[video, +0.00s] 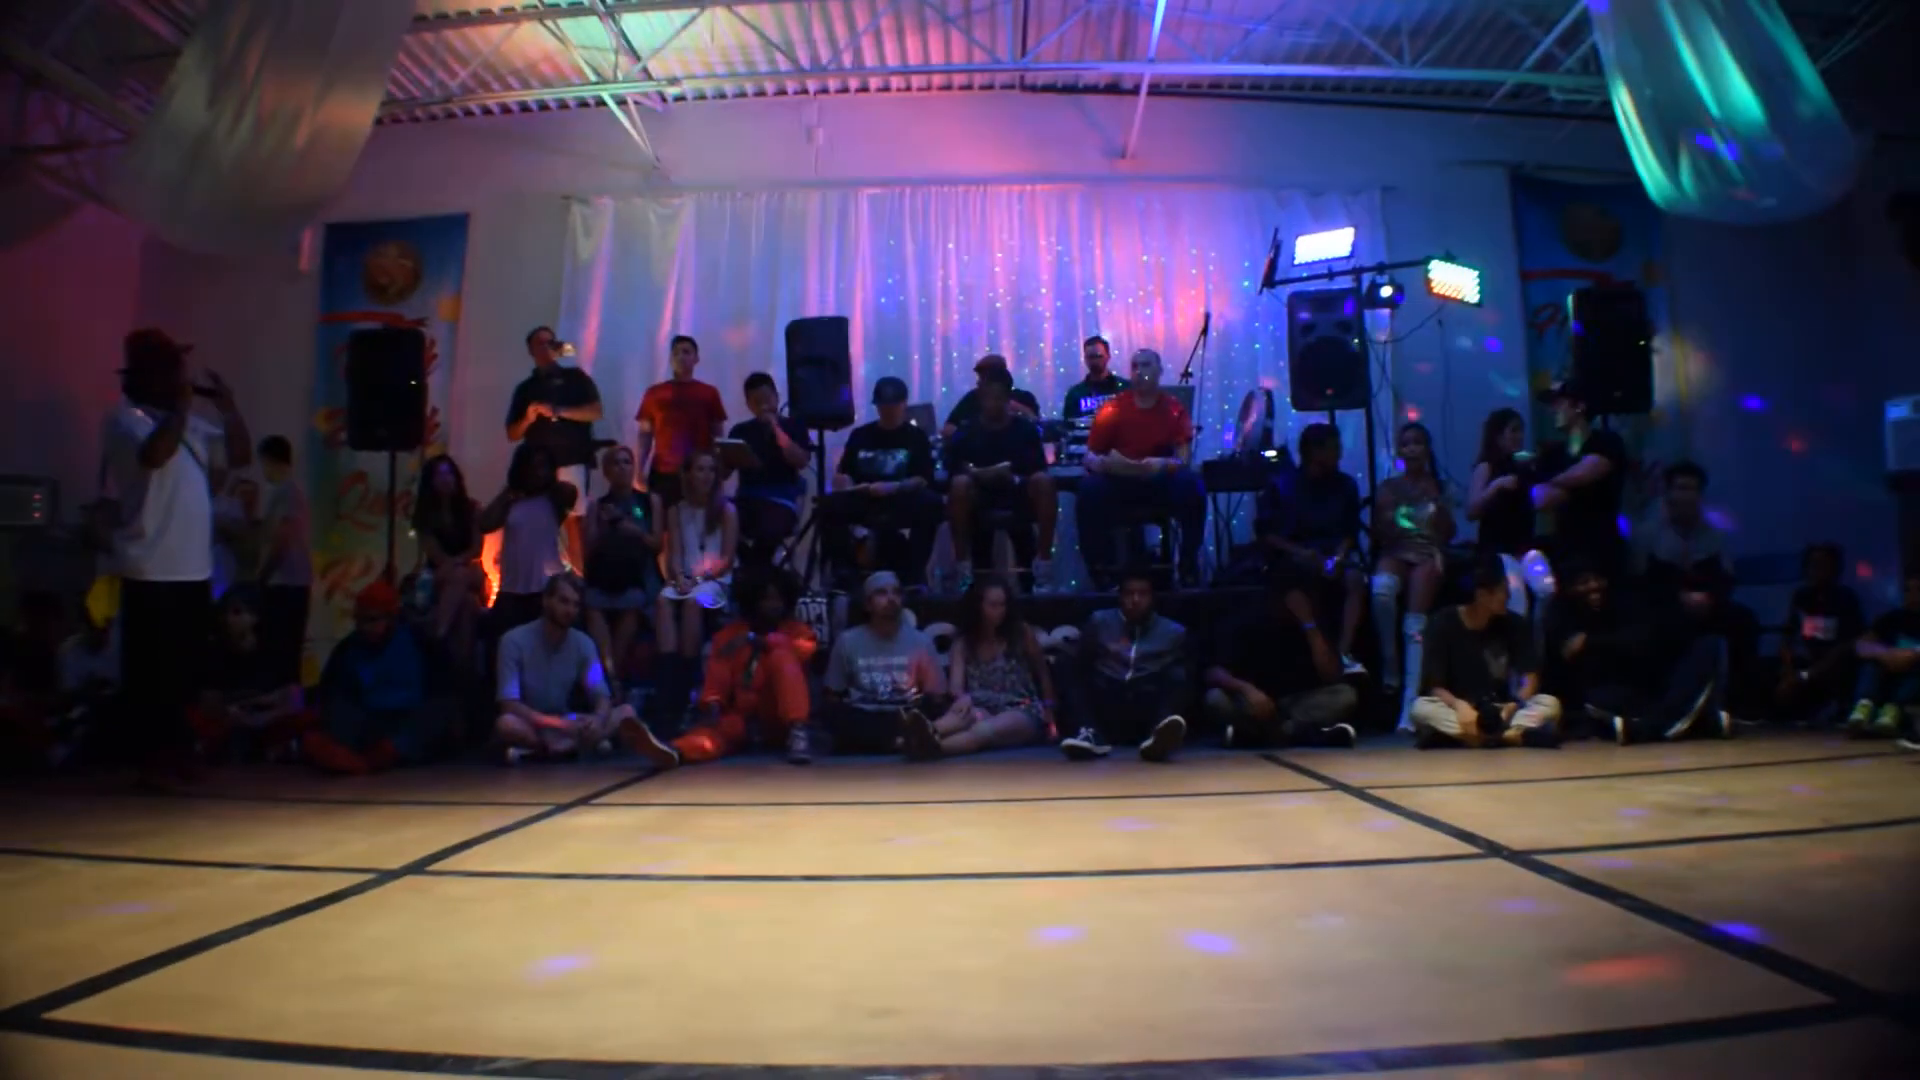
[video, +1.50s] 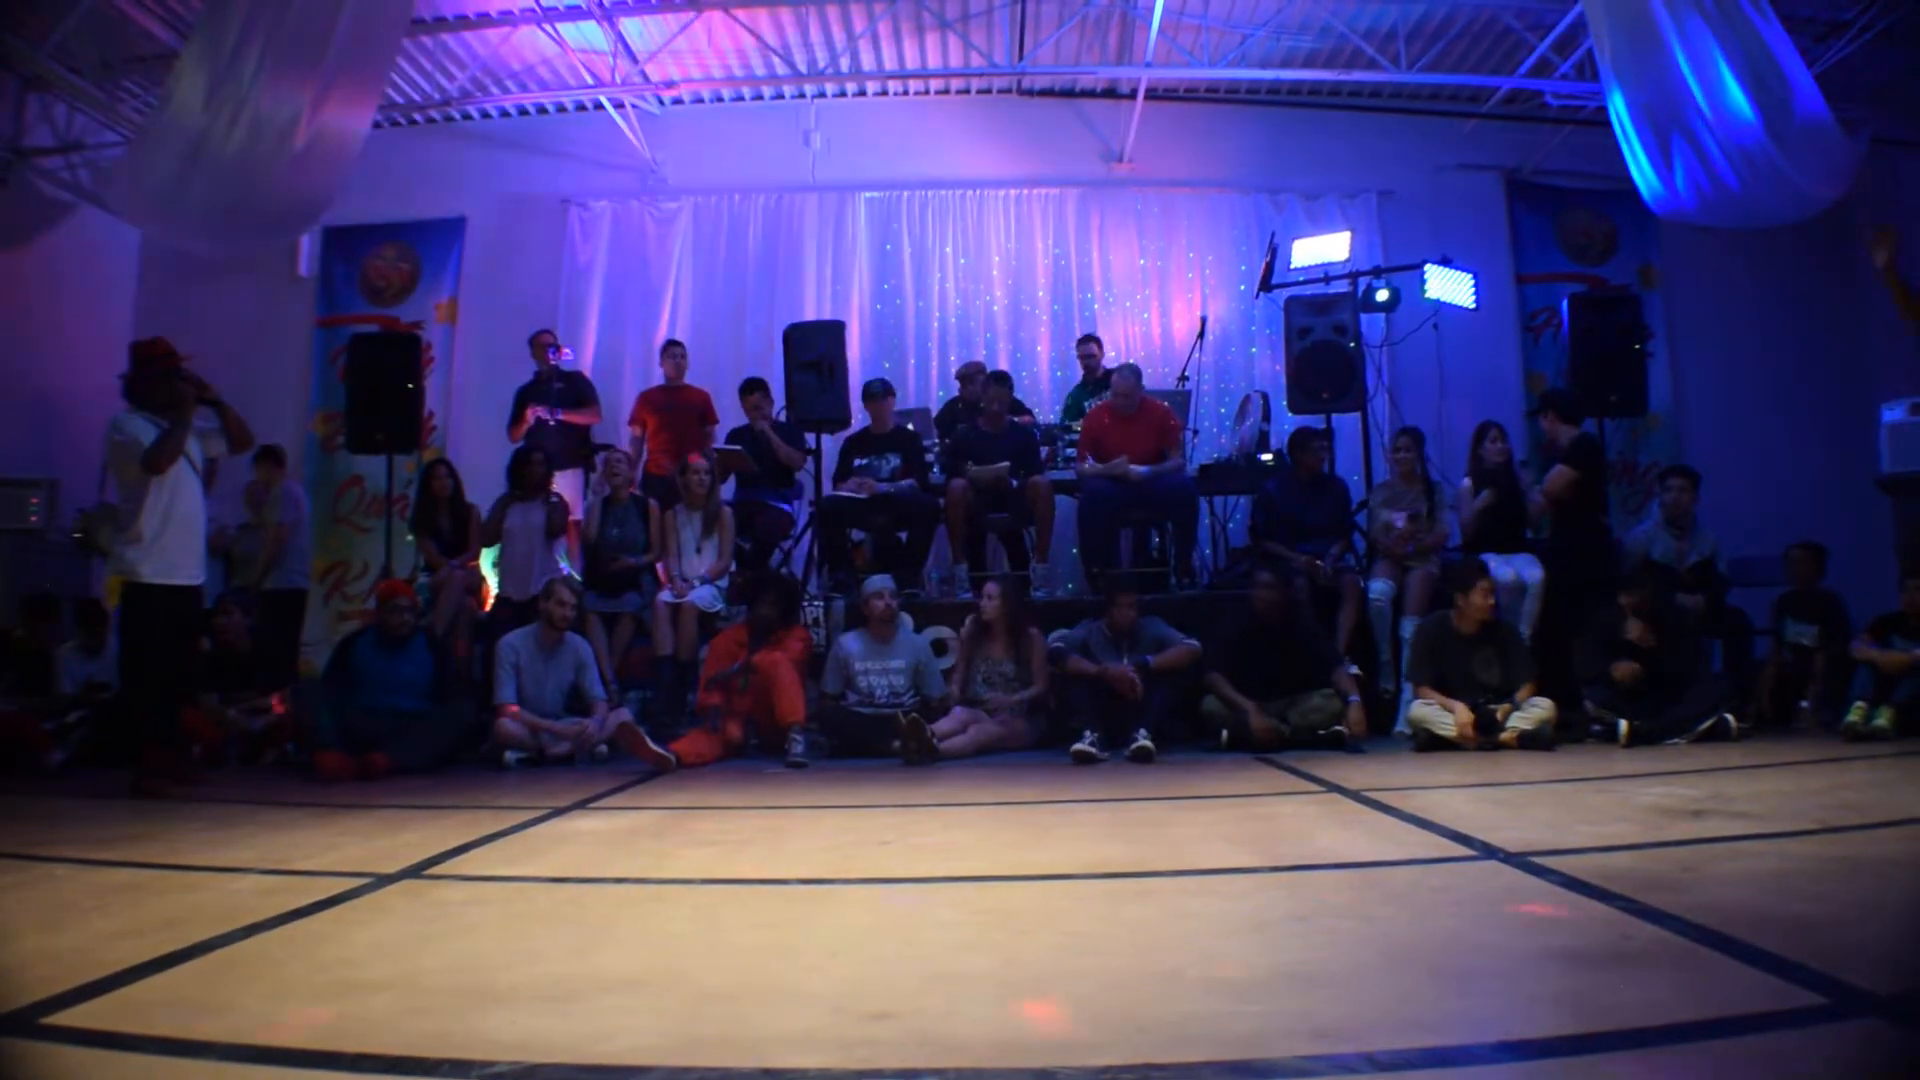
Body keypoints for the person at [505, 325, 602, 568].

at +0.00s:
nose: (547, 348)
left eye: (550, 343)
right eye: (540, 344)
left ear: (558, 347)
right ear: (531, 351)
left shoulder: (577, 377)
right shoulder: (525, 388)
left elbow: (595, 412)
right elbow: (513, 433)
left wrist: (559, 412)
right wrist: (528, 419)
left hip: (572, 459)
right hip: (538, 461)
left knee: (574, 520)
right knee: (536, 517)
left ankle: (579, 574)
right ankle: (538, 575)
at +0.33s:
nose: (551, 347)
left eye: (555, 342)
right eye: (545, 343)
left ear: (562, 346)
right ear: (535, 350)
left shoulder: (580, 376)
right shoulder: (529, 387)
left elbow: (599, 411)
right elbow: (517, 433)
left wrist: (562, 411)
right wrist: (531, 420)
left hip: (576, 458)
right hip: (542, 461)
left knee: (578, 520)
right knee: (541, 520)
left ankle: (583, 574)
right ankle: (541, 577)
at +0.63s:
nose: (551, 348)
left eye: (554, 342)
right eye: (544, 344)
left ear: (561, 346)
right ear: (535, 351)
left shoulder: (579, 377)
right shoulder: (528, 388)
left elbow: (598, 413)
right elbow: (516, 434)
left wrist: (561, 412)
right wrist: (530, 421)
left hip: (575, 459)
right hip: (541, 463)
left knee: (576, 522)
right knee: (542, 521)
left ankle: (582, 576)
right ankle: (543, 579)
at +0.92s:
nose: (549, 350)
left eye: (552, 345)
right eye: (542, 346)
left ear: (560, 349)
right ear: (533, 352)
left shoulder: (577, 379)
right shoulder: (526, 389)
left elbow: (595, 414)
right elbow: (513, 435)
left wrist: (558, 414)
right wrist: (527, 421)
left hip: (571, 461)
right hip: (538, 463)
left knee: (573, 522)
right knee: (539, 521)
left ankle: (578, 577)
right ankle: (541, 579)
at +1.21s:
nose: (549, 351)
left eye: (552, 345)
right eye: (542, 346)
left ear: (560, 349)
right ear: (533, 352)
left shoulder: (576, 379)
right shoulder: (526, 390)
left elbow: (594, 415)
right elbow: (513, 435)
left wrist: (558, 414)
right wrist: (527, 422)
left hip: (570, 462)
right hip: (537, 465)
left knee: (571, 525)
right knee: (537, 524)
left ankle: (575, 580)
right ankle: (538, 582)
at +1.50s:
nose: (549, 352)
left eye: (552, 346)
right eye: (543, 348)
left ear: (560, 350)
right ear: (533, 353)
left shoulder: (577, 380)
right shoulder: (526, 391)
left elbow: (594, 415)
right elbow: (514, 436)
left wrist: (558, 414)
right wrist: (527, 421)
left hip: (571, 463)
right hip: (538, 465)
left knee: (573, 523)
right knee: (538, 522)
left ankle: (575, 576)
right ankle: (540, 579)